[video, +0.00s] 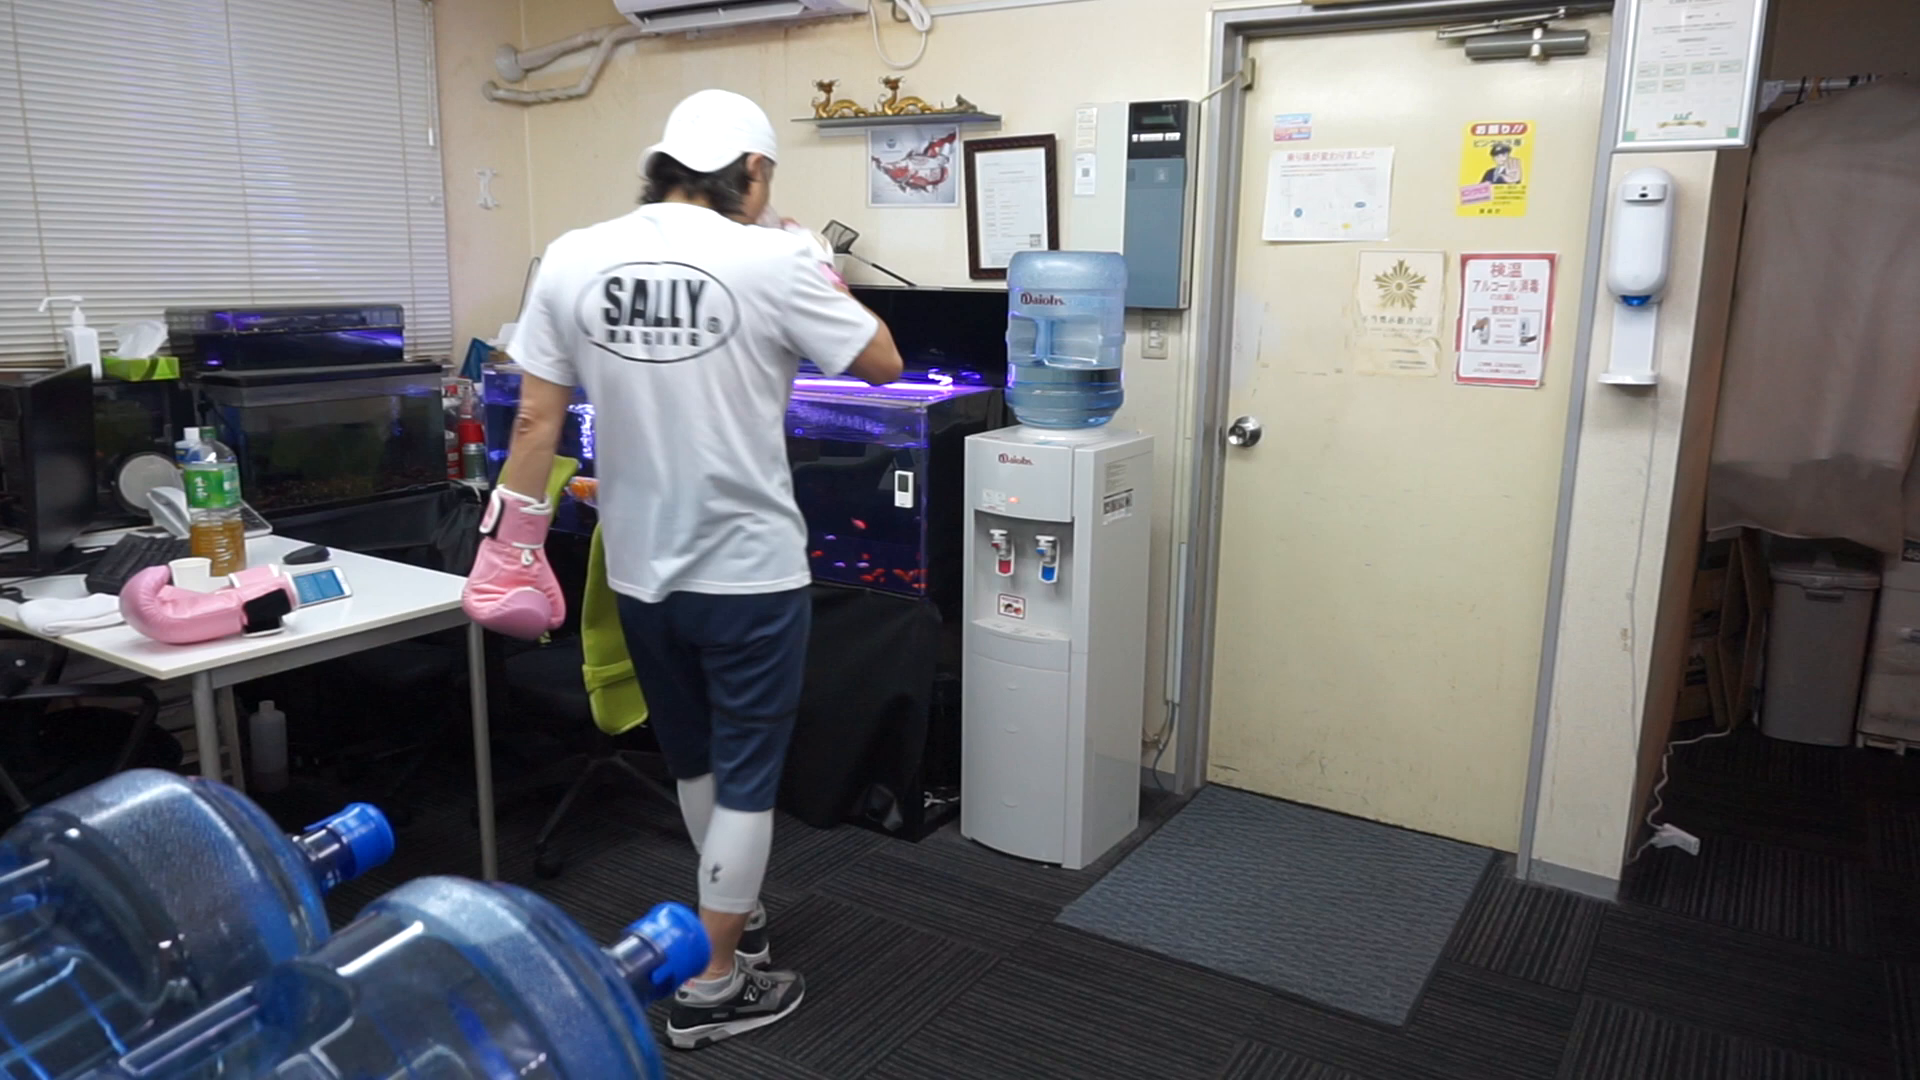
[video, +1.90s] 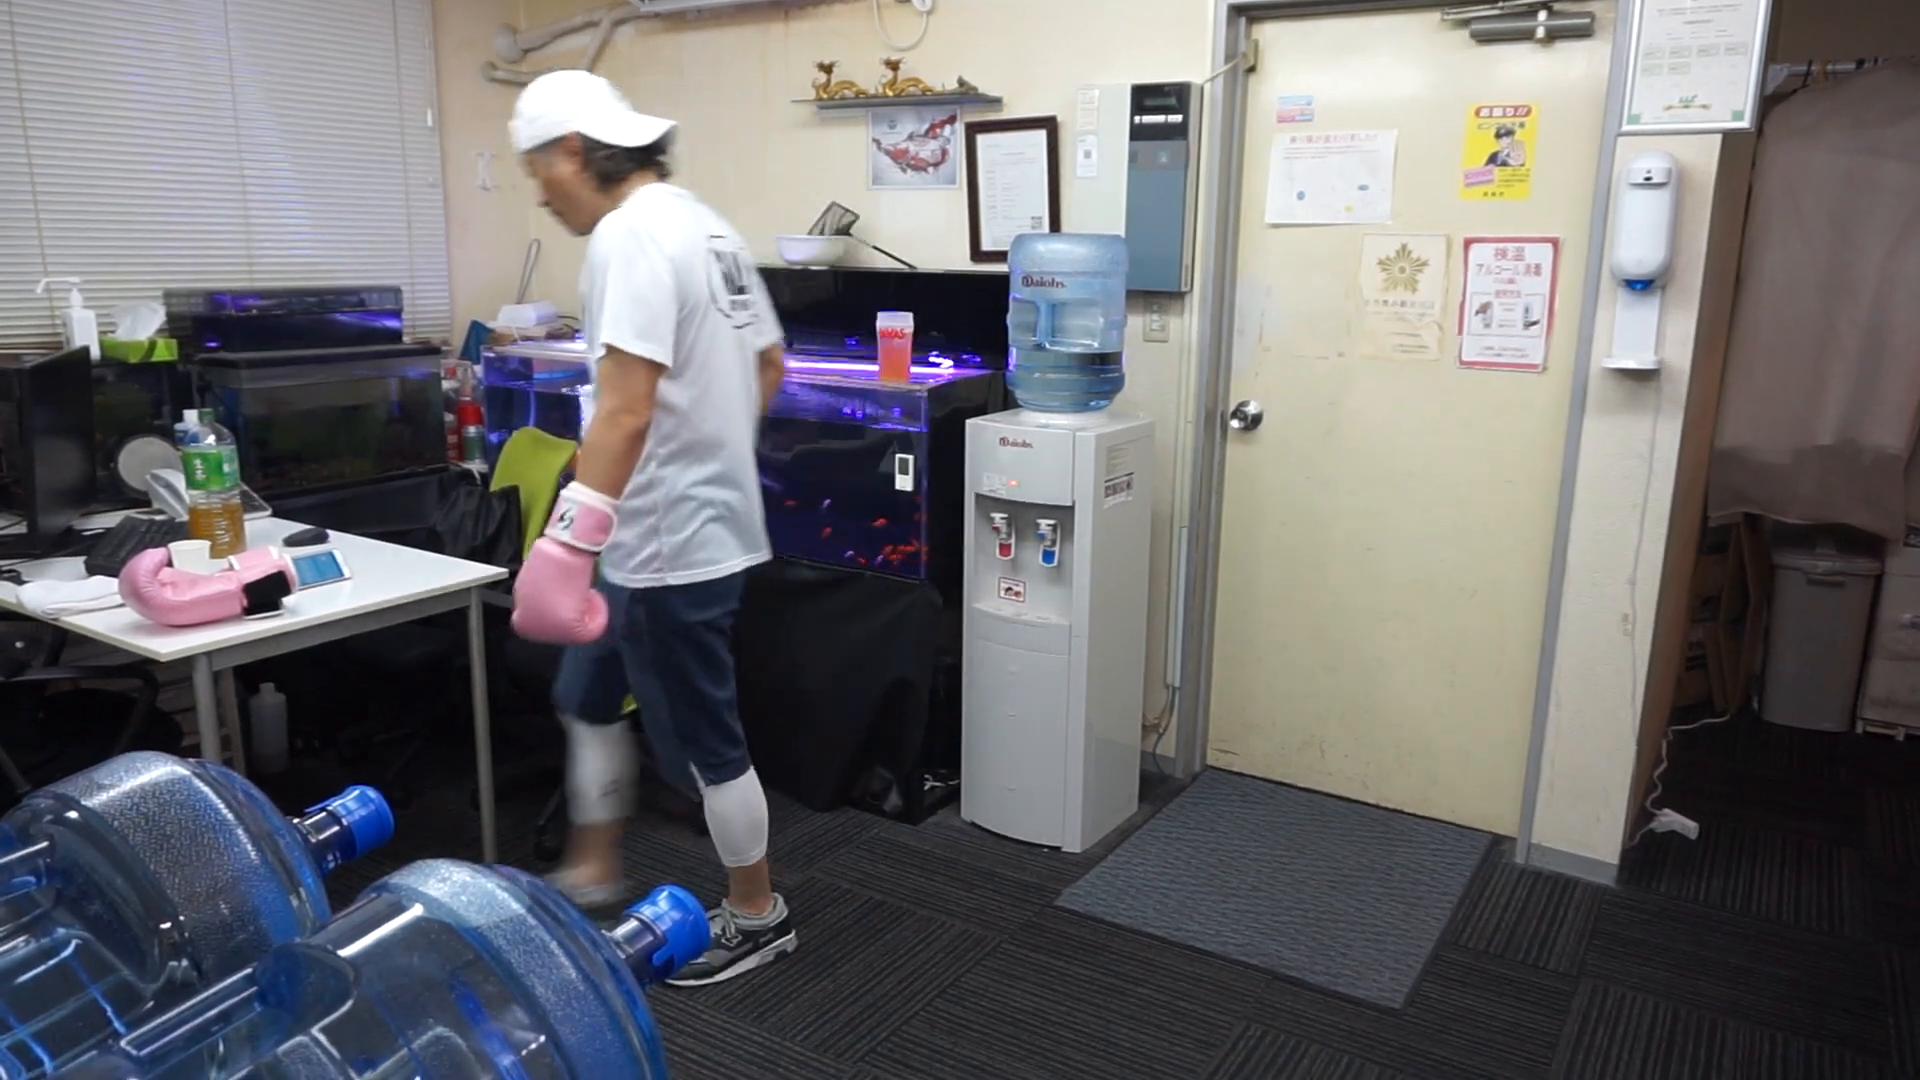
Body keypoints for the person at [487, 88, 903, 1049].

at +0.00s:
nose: (769, 194)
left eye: (770, 181)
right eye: (768, 179)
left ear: (662, 169)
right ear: (749, 173)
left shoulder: (571, 260)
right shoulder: (769, 263)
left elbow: (539, 423)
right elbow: (882, 364)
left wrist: (508, 548)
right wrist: (811, 265)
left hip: (638, 567)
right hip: (748, 565)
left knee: (691, 755)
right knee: (747, 770)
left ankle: (733, 912)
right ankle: (712, 985)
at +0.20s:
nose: (793, 201)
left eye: (790, 189)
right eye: (791, 188)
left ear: (689, 180)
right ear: (774, 186)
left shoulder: (608, 260)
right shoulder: (807, 268)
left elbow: (572, 418)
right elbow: (897, 381)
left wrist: (550, 544)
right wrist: (819, 306)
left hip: (662, 557)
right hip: (776, 554)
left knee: (697, 741)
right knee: (818, 718)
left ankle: (740, 921)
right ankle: (761, 897)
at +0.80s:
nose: (761, 181)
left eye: (762, 170)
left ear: (769, 169)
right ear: (847, 165)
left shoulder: (750, 227)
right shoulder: (909, 248)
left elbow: (715, 382)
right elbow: (953, 385)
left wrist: (670, 487)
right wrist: (895, 361)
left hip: (775, 526)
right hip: (879, 524)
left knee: (749, 705)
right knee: (886, 691)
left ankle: (741, 899)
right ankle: (896, 867)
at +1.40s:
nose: (705, 188)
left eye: (704, 170)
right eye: (701, 172)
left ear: (731, 156)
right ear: (787, 157)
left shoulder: (745, 222)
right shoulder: (868, 236)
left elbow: (752, 373)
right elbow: (922, 363)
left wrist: (705, 497)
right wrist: (844, 373)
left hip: (769, 526)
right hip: (848, 525)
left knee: (739, 724)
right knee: (860, 694)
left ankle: (753, 909)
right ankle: (894, 861)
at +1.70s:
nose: (611, 191)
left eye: (612, 169)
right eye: (607, 172)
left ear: (649, 150)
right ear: (681, 151)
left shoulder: (676, 232)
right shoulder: (786, 230)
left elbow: (663, 401)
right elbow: (832, 379)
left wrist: (609, 524)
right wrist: (760, 448)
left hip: (702, 532)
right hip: (768, 523)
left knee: (716, 726)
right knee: (735, 688)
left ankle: (754, 912)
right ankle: (806, 832)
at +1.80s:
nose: (577, 189)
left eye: (577, 167)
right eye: (572, 170)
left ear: (616, 147)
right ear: (644, 150)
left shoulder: (655, 233)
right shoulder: (747, 225)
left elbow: (643, 402)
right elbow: (800, 376)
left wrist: (585, 535)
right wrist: (741, 463)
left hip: (688, 538)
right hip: (738, 526)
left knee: (710, 731)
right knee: (647, 687)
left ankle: (759, 912)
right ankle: (702, 860)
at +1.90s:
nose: (536, 191)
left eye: (539, 170)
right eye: (531, 174)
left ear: (581, 152)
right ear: (608, 152)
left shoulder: (633, 237)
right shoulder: (701, 222)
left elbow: (625, 415)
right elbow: (769, 366)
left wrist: (568, 546)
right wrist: (699, 452)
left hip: (671, 546)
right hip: (683, 530)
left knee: (705, 737)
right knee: (590, 696)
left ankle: (756, 914)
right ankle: (593, 881)